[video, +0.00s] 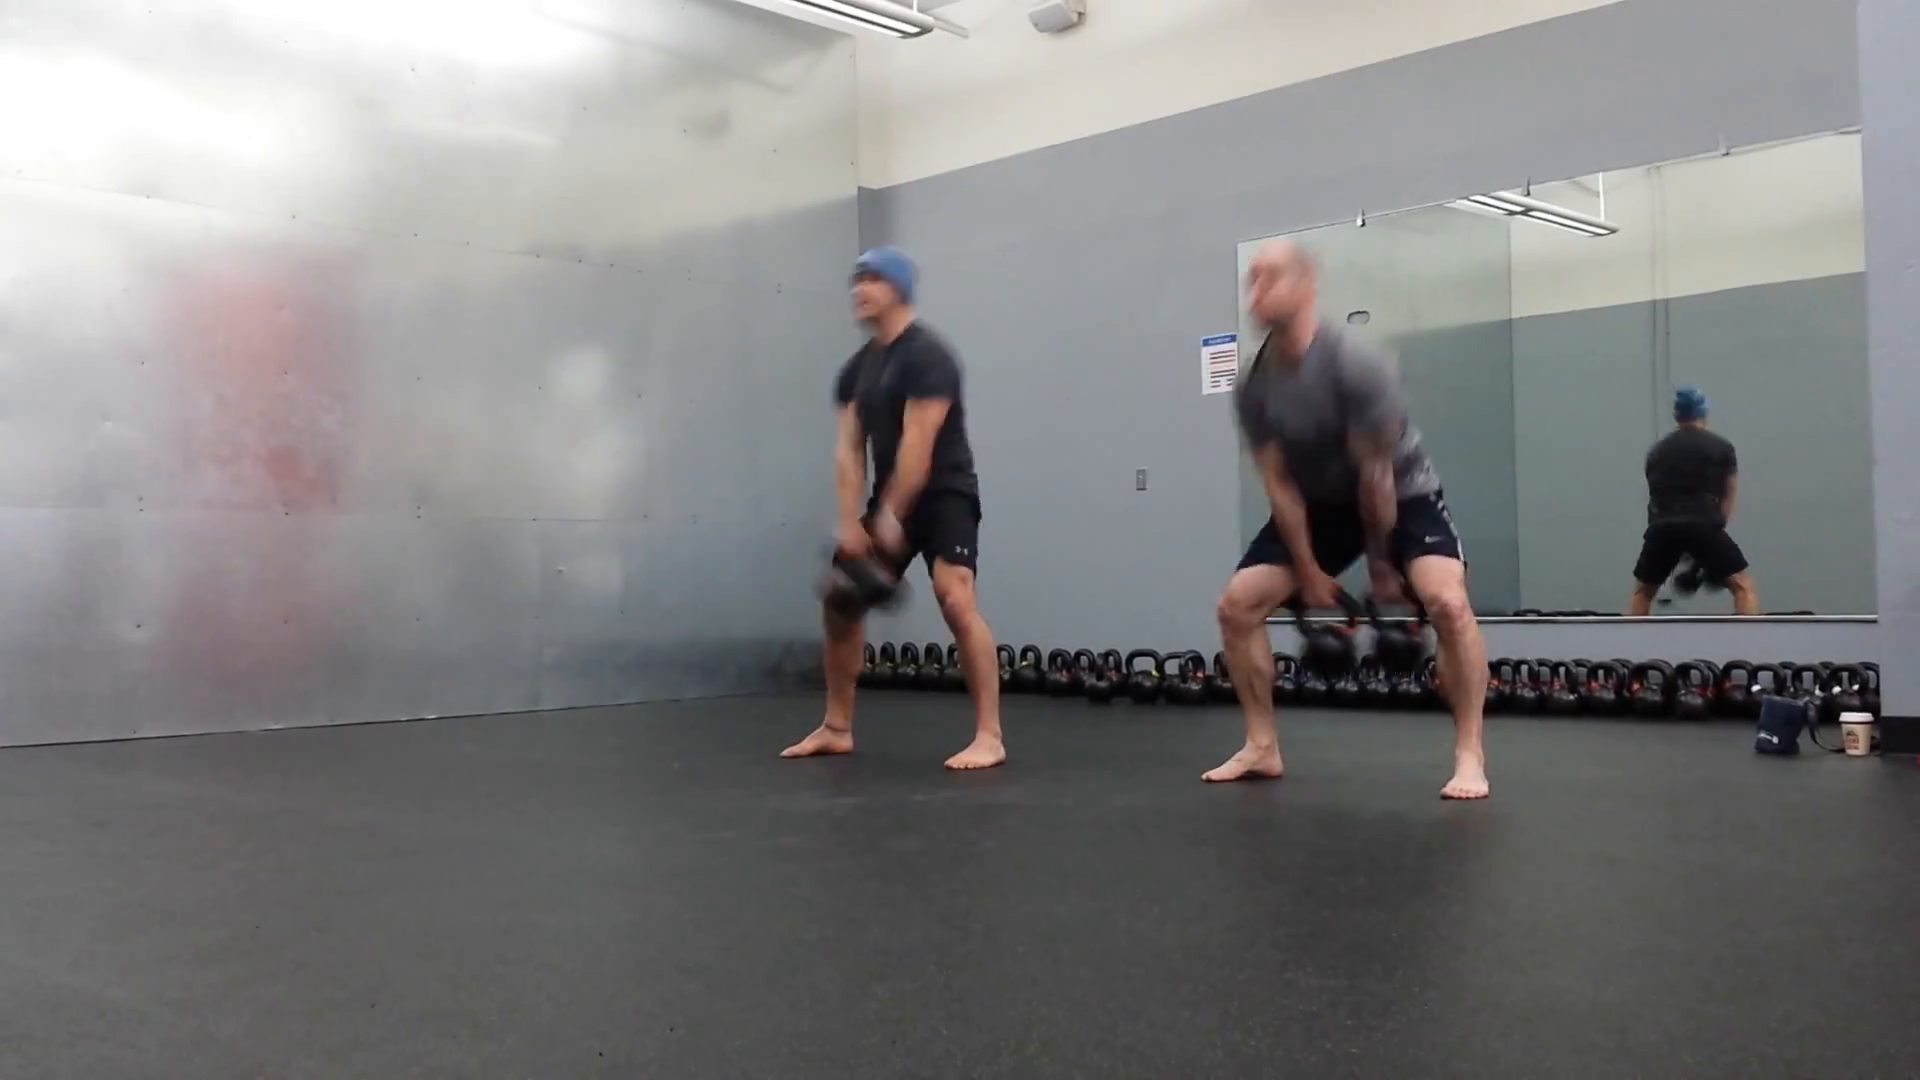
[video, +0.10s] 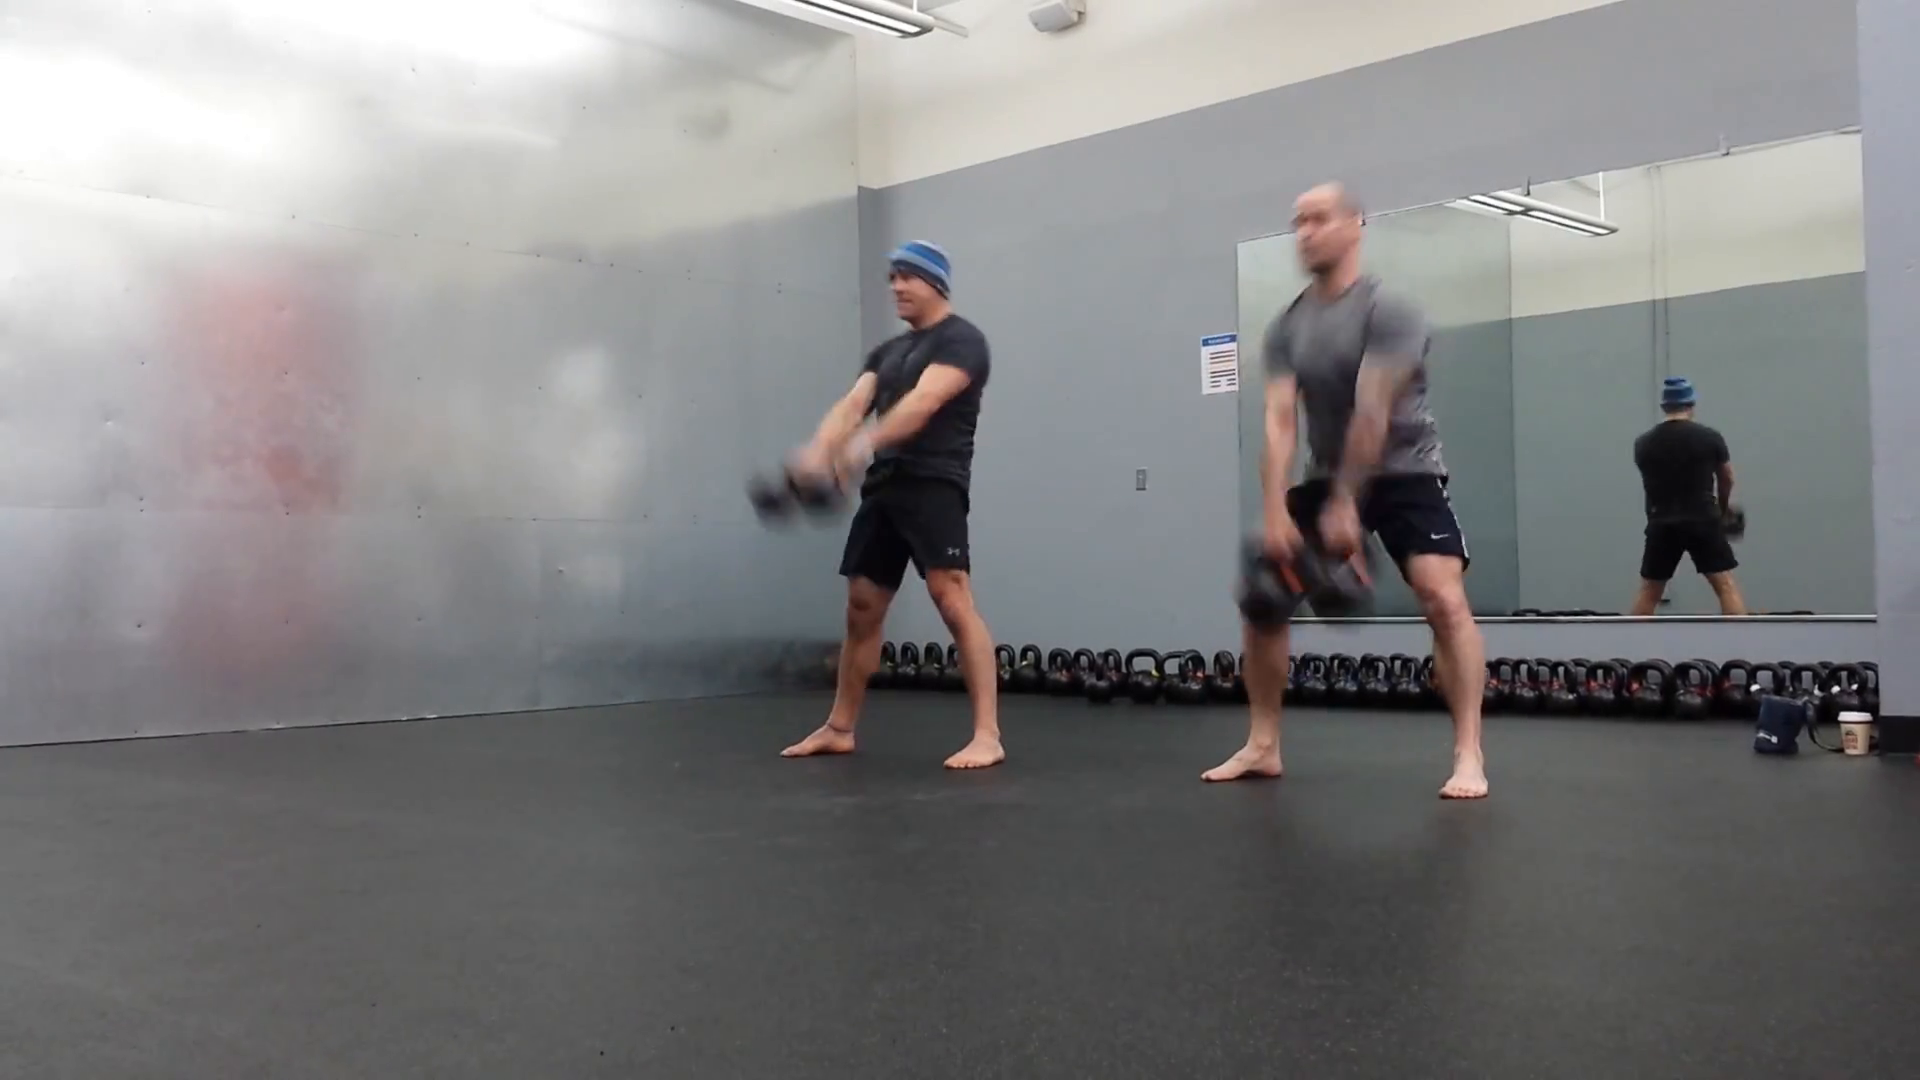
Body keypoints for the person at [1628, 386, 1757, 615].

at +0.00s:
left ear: (1676, 416)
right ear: (1704, 414)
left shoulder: (1657, 451)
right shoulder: (1721, 448)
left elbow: (1658, 498)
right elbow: (1728, 500)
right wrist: (1711, 531)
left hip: (1663, 529)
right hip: (1705, 528)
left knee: (1643, 593)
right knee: (1742, 587)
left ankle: (1633, 646)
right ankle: (1749, 646)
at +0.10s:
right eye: (1692, 404)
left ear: (1664, 407)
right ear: (1691, 405)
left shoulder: (1643, 443)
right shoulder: (1709, 438)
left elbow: (1652, 485)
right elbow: (1726, 479)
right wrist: (1722, 510)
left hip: (1662, 526)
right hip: (1702, 524)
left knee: (1648, 594)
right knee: (1725, 588)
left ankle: (1630, 647)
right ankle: (1742, 647)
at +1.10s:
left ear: (1698, 476)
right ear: (1724, 479)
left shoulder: (1671, 492)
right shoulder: (1731, 496)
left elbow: (1660, 534)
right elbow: (1728, 539)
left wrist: (1656, 578)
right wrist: (1702, 575)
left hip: (1657, 541)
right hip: (1701, 542)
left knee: (1628, 593)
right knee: (1757, 588)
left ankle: (1628, 648)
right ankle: (1751, 645)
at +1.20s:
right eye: (1729, 496)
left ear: (1699, 494)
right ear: (1727, 496)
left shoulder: (1676, 506)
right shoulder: (1735, 510)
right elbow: (1725, 550)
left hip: (1654, 546)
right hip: (1697, 547)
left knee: (1627, 595)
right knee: (1757, 590)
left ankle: (1629, 642)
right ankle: (1747, 641)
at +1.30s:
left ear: (1695, 471)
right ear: (1721, 473)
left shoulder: (1669, 490)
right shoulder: (1730, 492)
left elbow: (1660, 527)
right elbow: (1725, 536)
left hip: (1655, 541)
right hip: (1699, 542)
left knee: (1627, 594)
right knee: (1754, 590)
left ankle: (1627, 647)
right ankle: (1748, 643)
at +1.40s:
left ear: (1680, 434)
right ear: (1708, 434)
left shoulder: (1659, 464)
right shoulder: (1721, 462)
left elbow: (1655, 509)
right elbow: (1725, 509)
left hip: (1658, 533)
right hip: (1700, 534)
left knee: (1631, 594)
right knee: (1747, 588)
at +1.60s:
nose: (1682, 409)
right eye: (1681, 405)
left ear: (1654, 407)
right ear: (1680, 405)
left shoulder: (1634, 438)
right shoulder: (1696, 430)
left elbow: (1647, 472)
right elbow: (1721, 461)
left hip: (1657, 528)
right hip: (1697, 525)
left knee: (1644, 594)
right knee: (1723, 588)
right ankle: (1744, 647)